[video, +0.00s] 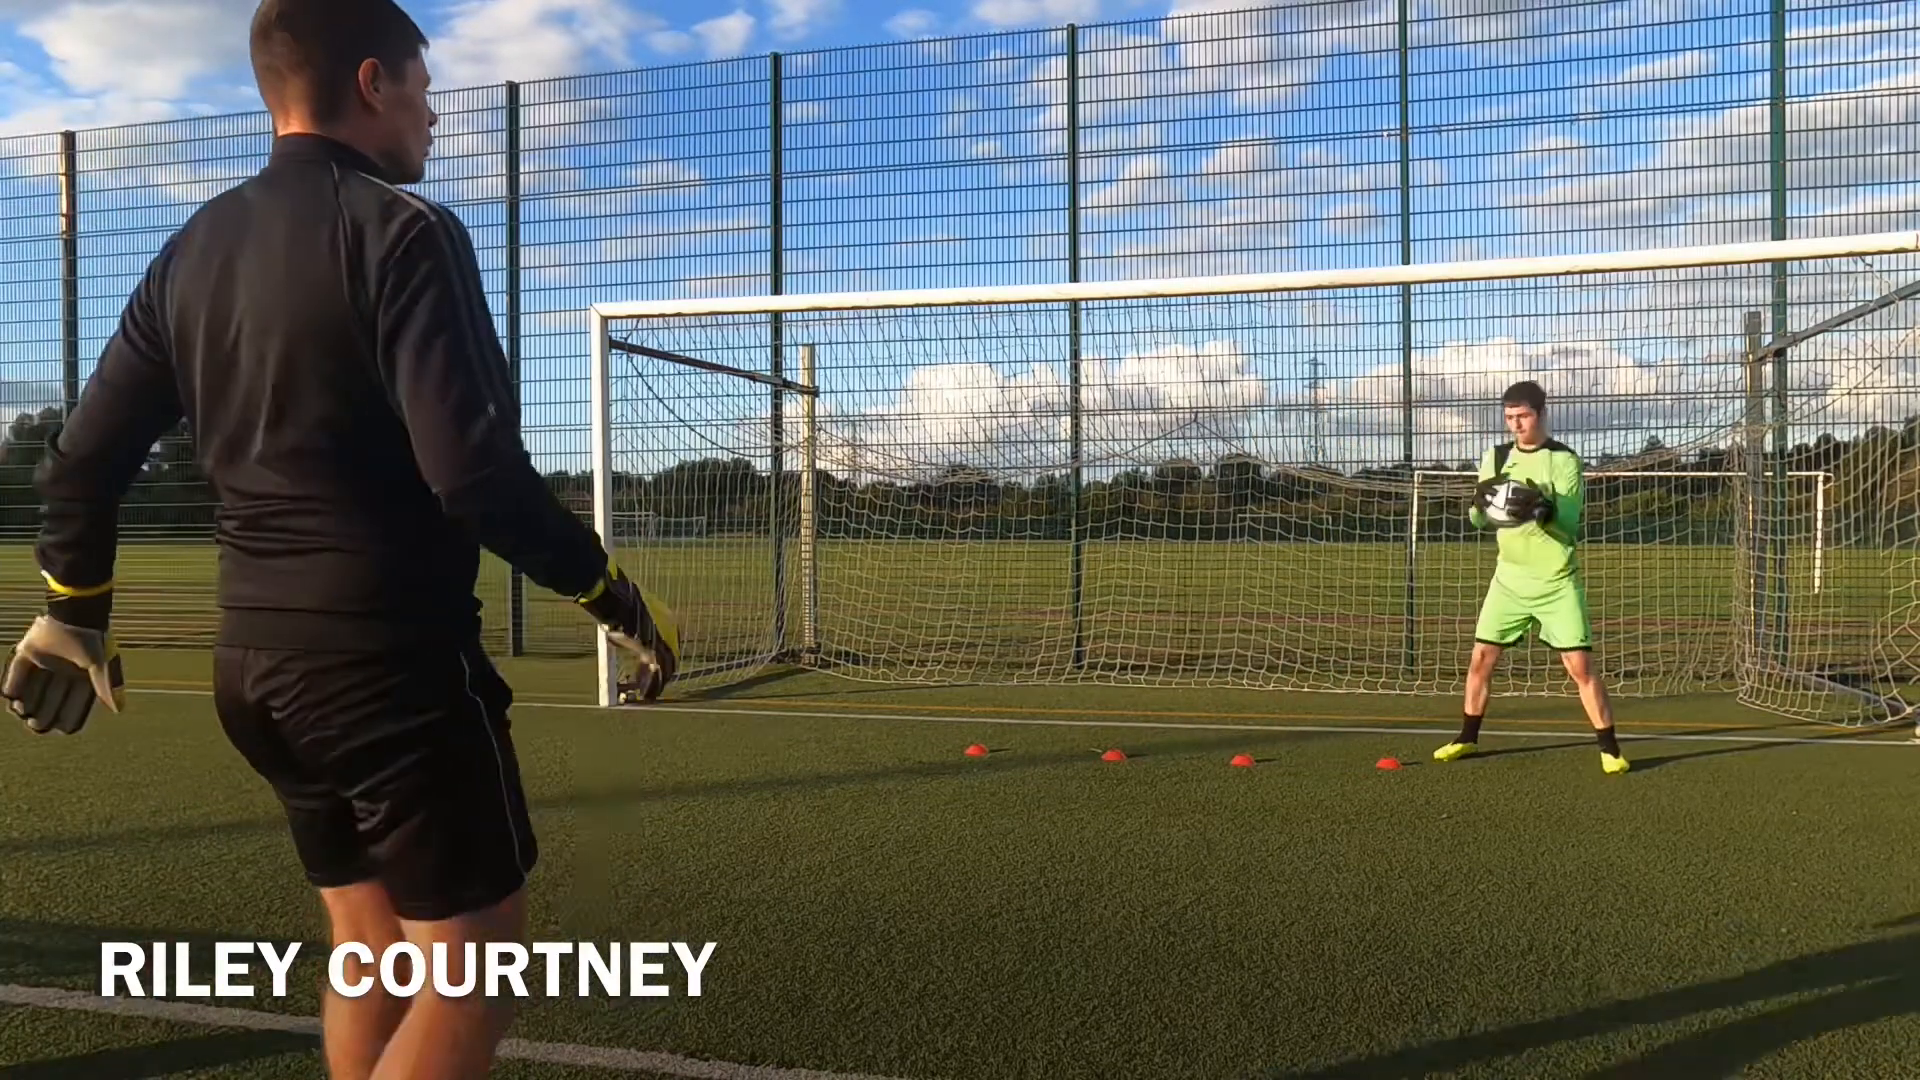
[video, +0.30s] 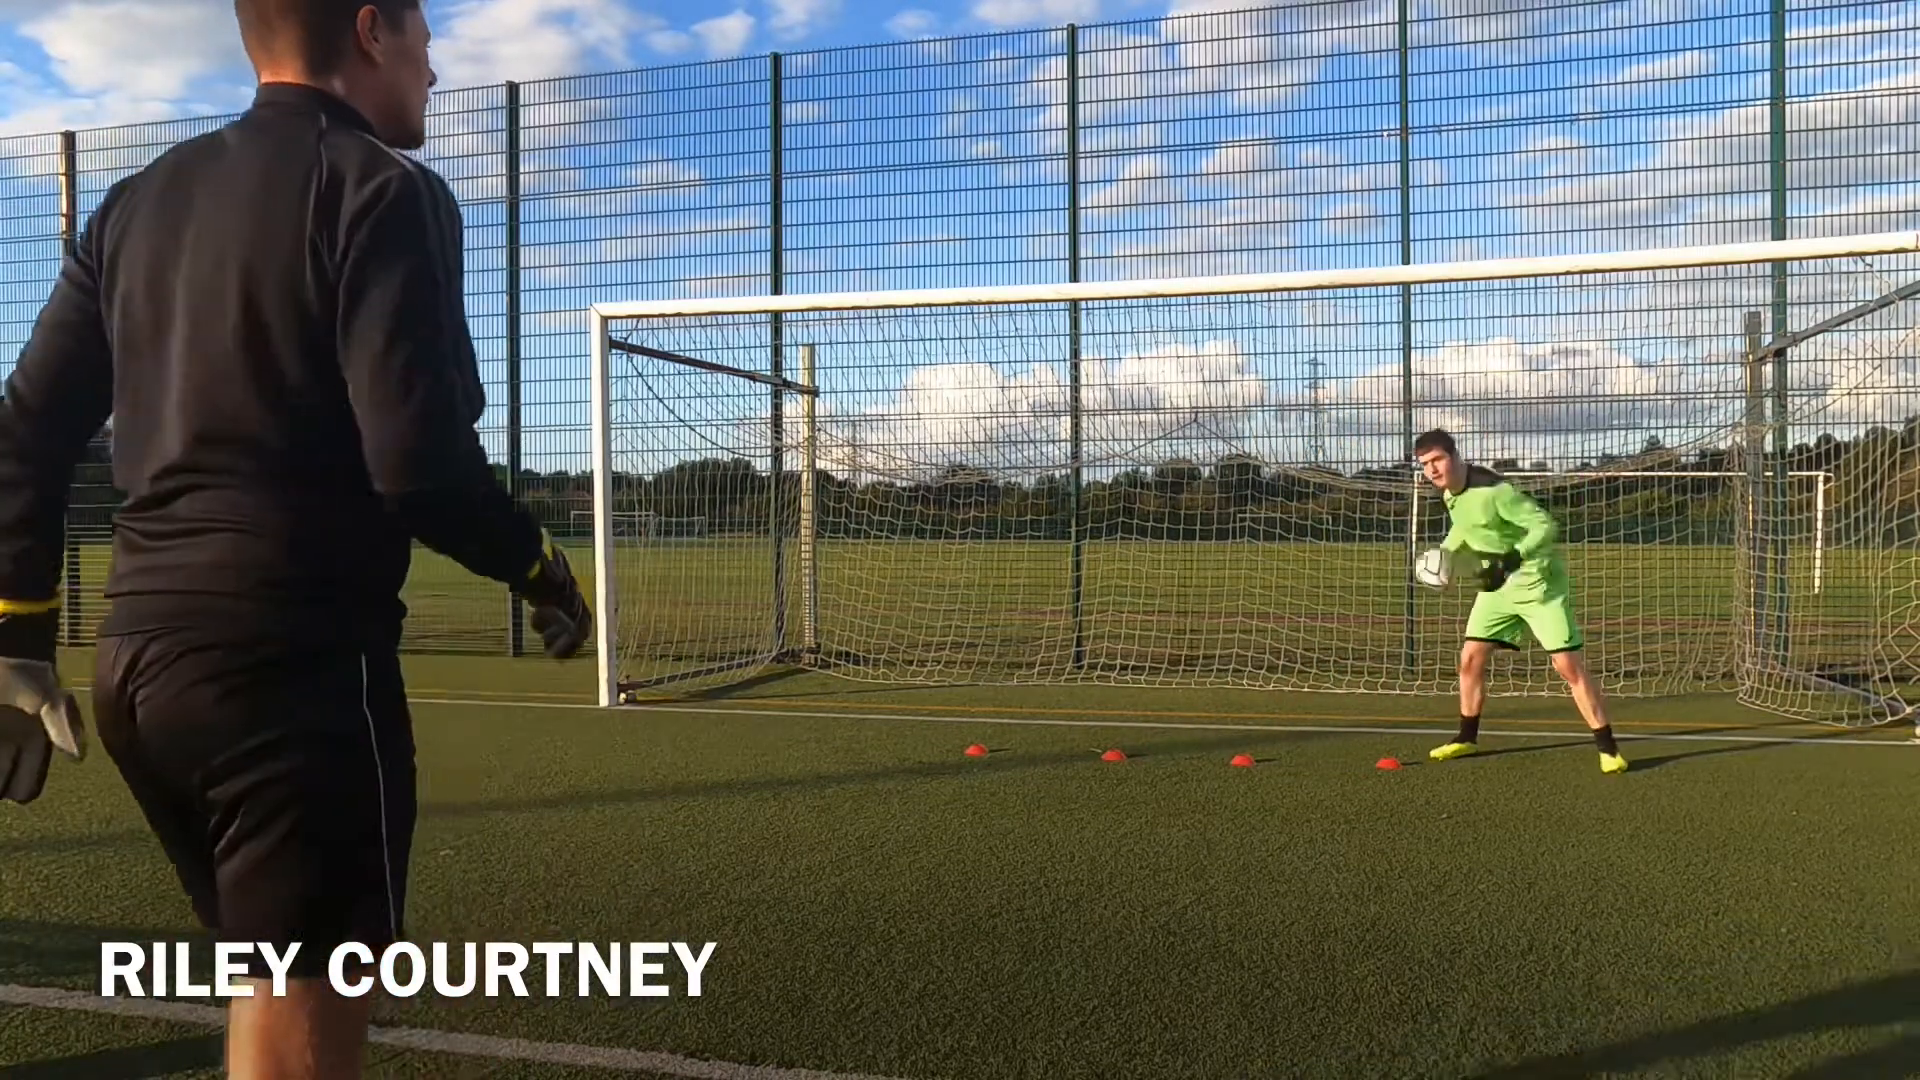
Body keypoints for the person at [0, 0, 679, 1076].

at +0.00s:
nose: (432, 119)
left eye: (433, 94)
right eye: (425, 93)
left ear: (279, 98)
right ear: (371, 86)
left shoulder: (195, 246)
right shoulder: (401, 232)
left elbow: (84, 457)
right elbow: (474, 471)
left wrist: (72, 611)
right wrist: (603, 583)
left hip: (255, 659)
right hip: (390, 658)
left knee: (364, 950)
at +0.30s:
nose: (431, 73)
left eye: (426, 41)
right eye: (421, 38)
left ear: (259, 49)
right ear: (371, 32)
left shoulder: (133, 203)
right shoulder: (380, 186)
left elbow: (31, 422)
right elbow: (417, 461)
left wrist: (22, 630)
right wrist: (529, 560)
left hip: (144, 662)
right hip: (297, 664)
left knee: (279, 997)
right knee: (301, 1015)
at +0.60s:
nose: (372, 27)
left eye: (367, 5)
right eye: (361, 1)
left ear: (200, 13)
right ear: (310, 4)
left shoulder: (50, 155)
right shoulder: (317, 158)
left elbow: (18, 427)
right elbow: (275, 446)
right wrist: (380, 601)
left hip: (34, 624)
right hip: (202, 631)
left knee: (101, 1002)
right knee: (213, 1040)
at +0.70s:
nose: (337, 17)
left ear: (161, 9)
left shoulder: (23, 144)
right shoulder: (277, 155)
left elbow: (26, 429)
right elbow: (239, 446)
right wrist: (376, 582)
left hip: (11, 628)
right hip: (175, 638)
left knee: (39, 1052)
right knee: (191, 1054)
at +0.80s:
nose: (295, 5)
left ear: (119, 5)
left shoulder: (14, 122)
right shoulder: (213, 148)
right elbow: (247, 452)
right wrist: (435, 534)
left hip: (7, 633)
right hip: (153, 648)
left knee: (14, 1027)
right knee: (174, 1049)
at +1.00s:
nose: (246, 12)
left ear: (83, 1)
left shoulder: (17, 113)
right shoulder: (133, 142)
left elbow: (19, 420)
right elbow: (389, 410)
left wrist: (151, 551)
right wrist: (601, 374)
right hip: (69, 667)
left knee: (106, 1048)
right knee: (149, 1051)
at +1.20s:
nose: (282, 100)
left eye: (275, 62)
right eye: (263, 59)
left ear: (141, 56)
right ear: (172, 50)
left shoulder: (24, 167)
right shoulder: (150, 210)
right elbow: (446, 432)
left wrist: (70, 624)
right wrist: (734, 495)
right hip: (6, 723)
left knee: (76, 1031)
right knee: (109, 1040)